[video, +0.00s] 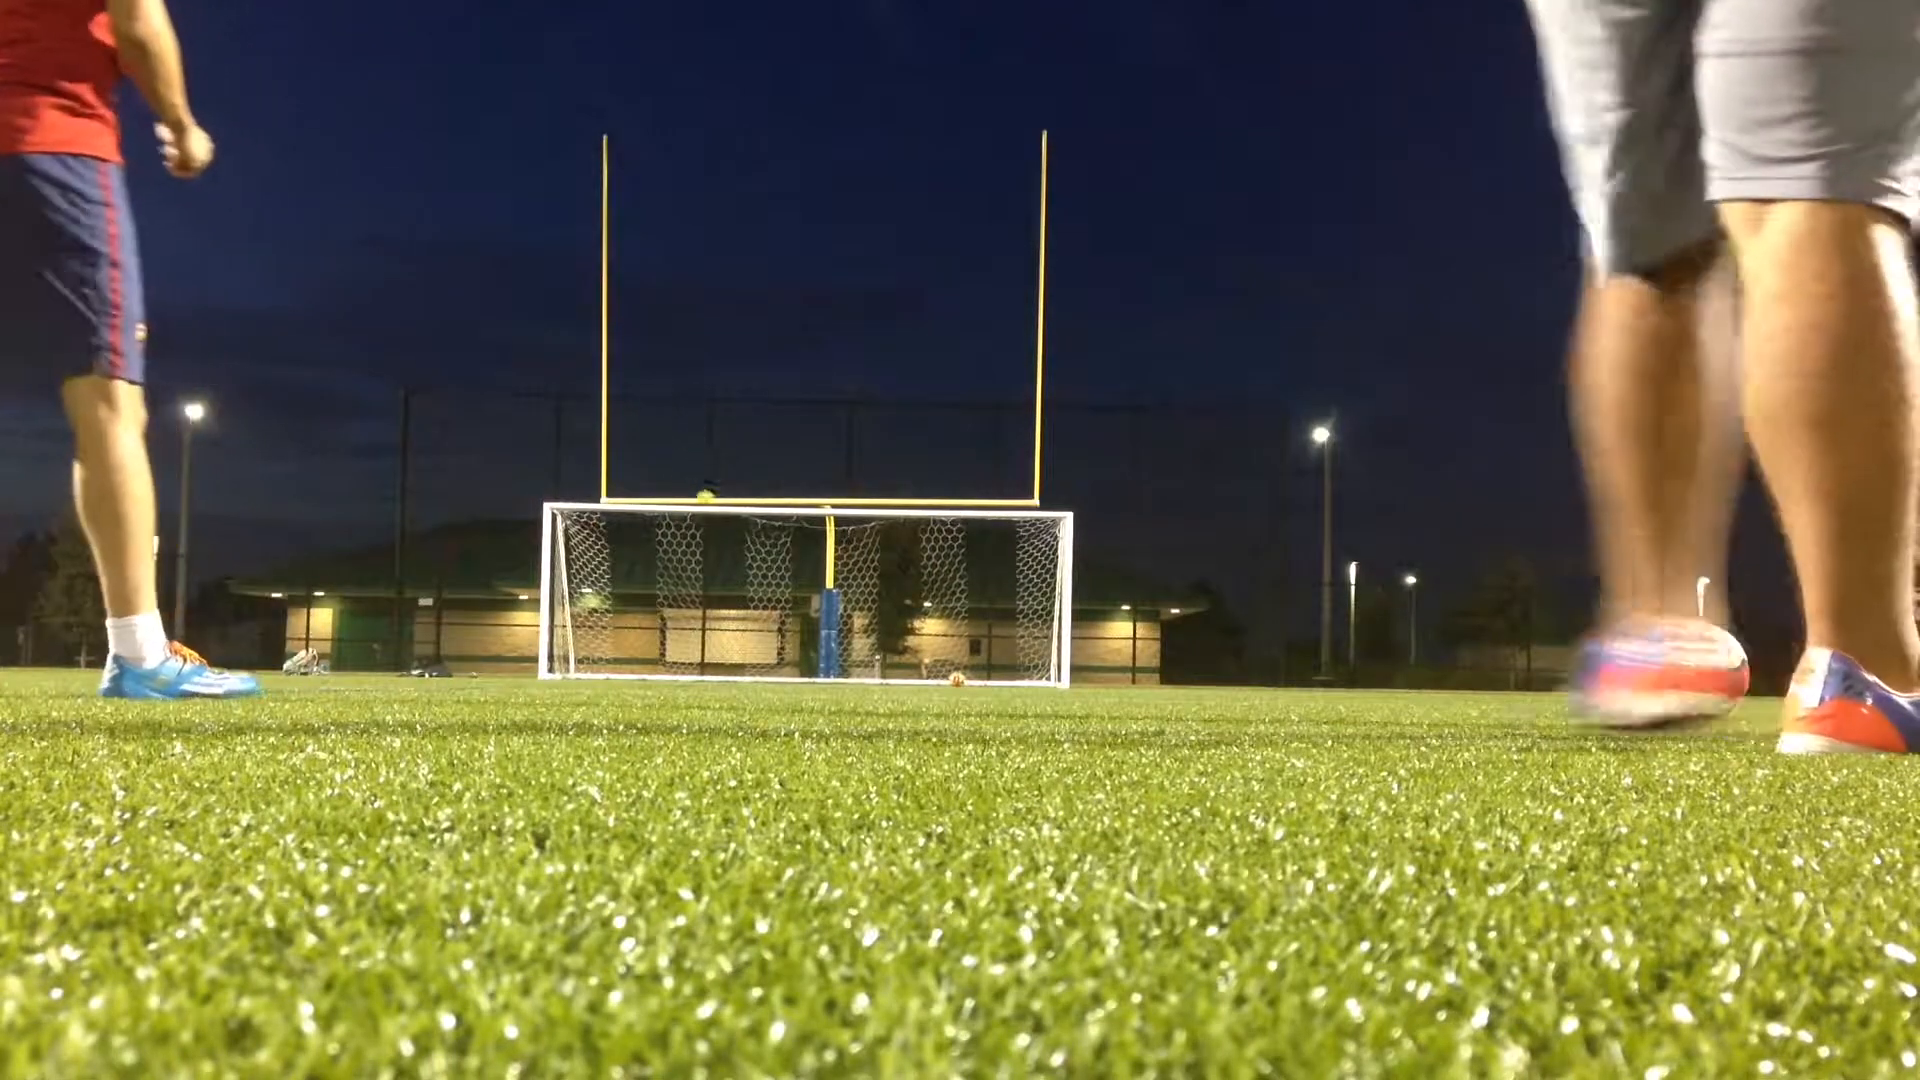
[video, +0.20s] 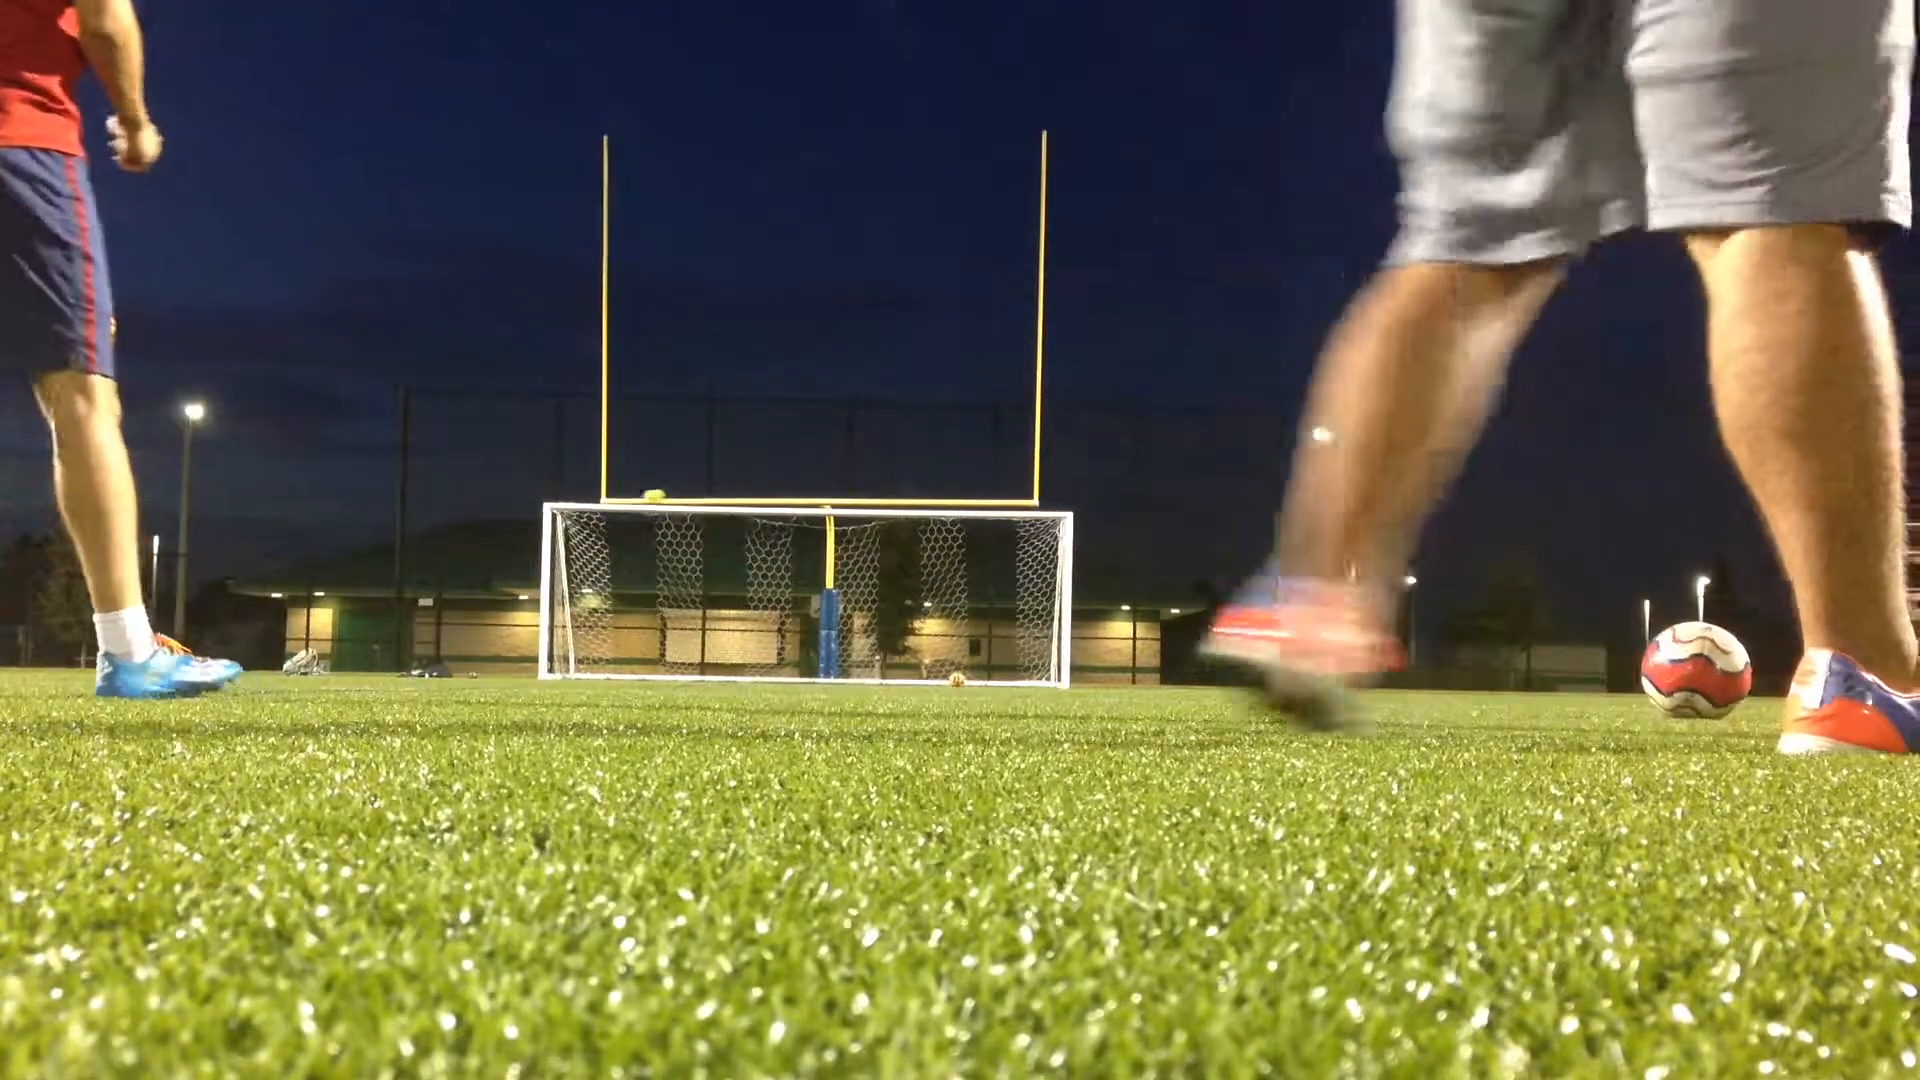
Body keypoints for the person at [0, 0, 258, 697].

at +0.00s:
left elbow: (137, 21)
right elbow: (137, 21)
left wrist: (174, 119)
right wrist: (179, 121)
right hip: (53, 138)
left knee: (107, 405)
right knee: (109, 406)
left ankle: (138, 652)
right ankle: (140, 655)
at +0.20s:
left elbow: (105, 19)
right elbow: (104, 19)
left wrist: (133, 114)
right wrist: (135, 116)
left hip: (30, 141)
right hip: (28, 138)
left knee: (80, 401)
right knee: (81, 401)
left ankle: (128, 647)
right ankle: (128, 650)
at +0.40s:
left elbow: (91, 19)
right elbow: (93, 18)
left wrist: (93, 116)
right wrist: (100, 117)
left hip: (25, 134)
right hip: (21, 135)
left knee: (74, 391)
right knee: (73, 392)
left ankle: (83, 629)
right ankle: (85, 631)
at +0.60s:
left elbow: (100, 34)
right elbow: (100, 30)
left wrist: (79, 115)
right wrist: (86, 115)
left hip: (26, 140)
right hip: (26, 139)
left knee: (20, 400)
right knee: (37, 395)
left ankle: (18, 633)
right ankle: (18, 635)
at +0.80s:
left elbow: (110, 48)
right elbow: (111, 44)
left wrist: (74, 128)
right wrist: (81, 127)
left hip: (29, 145)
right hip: (28, 145)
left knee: (49, 388)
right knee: (57, 387)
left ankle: (23, 604)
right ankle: (21, 605)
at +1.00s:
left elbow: (119, 55)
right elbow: (119, 52)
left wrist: (98, 144)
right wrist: (107, 145)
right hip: (44, 145)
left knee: (87, 396)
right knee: (90, 397)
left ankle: (72, 623)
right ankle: (75, 625)